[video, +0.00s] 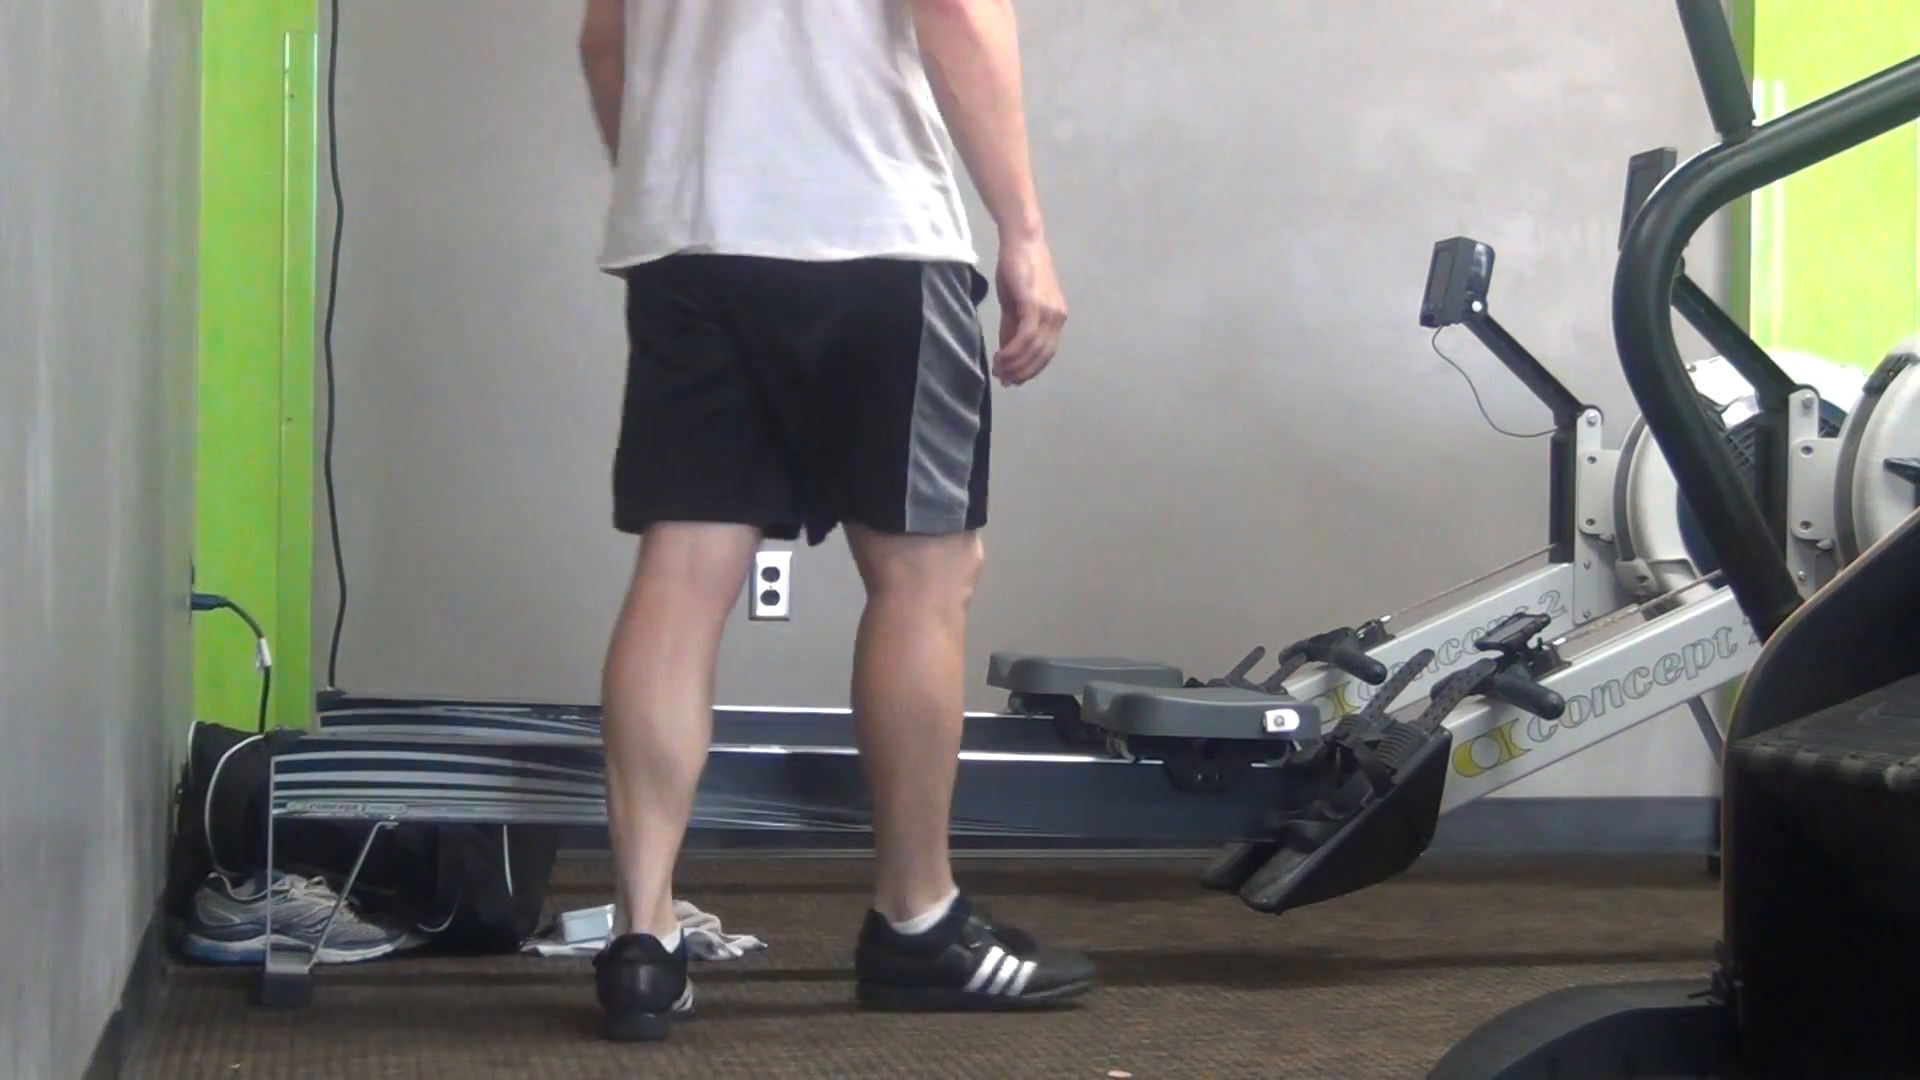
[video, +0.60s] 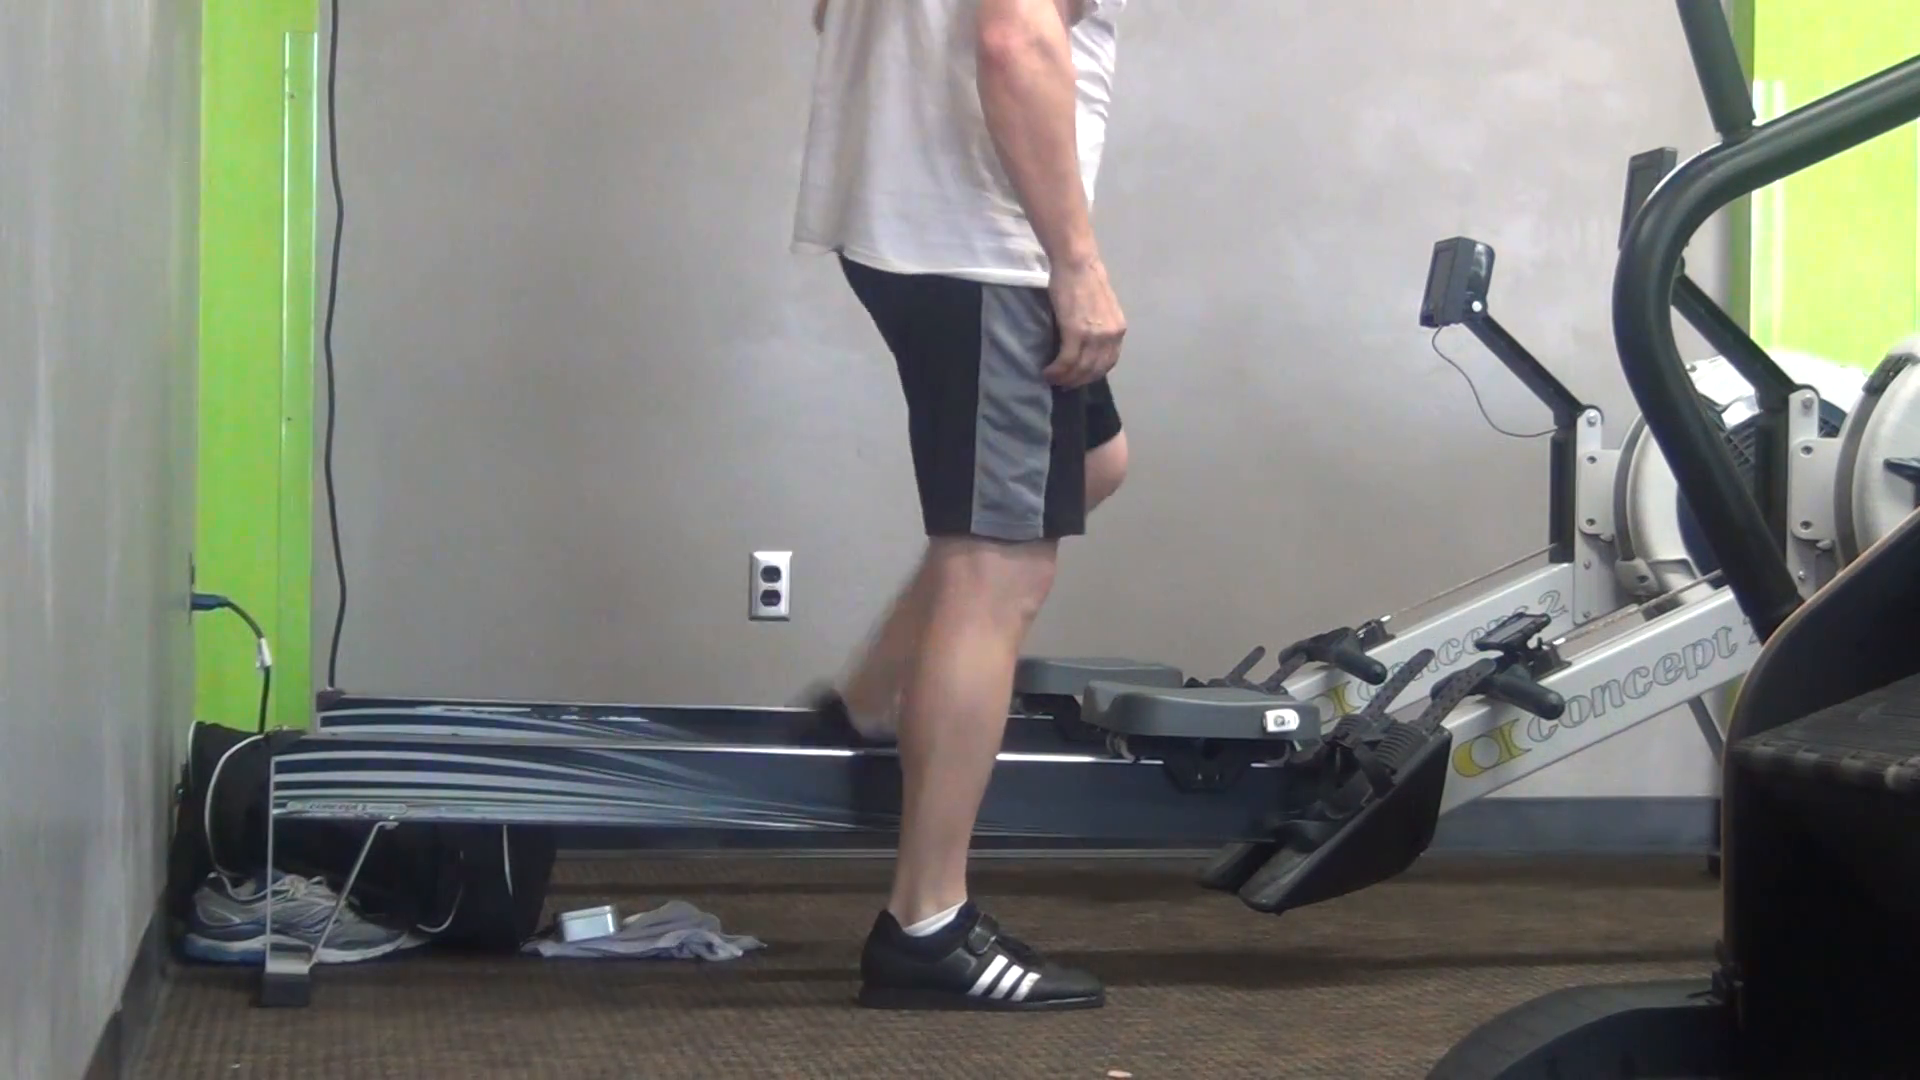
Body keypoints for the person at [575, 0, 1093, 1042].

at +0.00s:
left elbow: (605, 33)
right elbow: (954, 12)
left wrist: (674, 197)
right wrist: (1023, 229)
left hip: (686, 220)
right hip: (877, 219)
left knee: (682, 572)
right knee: (924, 582)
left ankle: (642, 945)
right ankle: (916, 924)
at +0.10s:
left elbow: (651, 40)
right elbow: (976, 21)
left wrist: (735, 197)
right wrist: (1036, 254)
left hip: (724, 226)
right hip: (911, 232)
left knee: (744, 561)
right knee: (935, 588)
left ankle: (647, 892)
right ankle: (927, 925)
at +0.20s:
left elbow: (689, 35)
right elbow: (1012, 31)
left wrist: (776, 177)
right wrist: (1059, 269)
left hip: (779, 222)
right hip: (939, 226)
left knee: (827, 532)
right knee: (954, 585)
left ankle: (694, 748)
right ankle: (926, 925)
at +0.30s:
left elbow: (718, 16)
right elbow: (1028, 33)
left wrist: (801, 155)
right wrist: (1081, 261)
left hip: (804, 216)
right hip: (943, 225)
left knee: (906, 475)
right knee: (956, 577)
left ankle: (748, 603)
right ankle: (927, 924)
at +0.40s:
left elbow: (751, 12)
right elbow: (1030, 35)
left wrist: (853, 138)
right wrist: (1093, 254)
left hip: (842, 214)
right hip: (960, 226)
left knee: (1024, 435)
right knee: (964, 582)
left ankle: (764, 546)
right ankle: (926, 927)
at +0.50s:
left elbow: (788, 7)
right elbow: (1024, 43)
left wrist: (887, 108)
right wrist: (1091, 259)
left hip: (871, 206)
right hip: (963, 225)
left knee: (1079, 434)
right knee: (978, 581)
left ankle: (782, 590)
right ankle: (925, 926)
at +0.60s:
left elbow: (844, 24)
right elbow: (1017, 40)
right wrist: (1078, 259)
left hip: (900, 192)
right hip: (972, 214)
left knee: (1089, 457)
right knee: (1001, 563)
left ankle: (865, 705)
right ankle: (928, 923)